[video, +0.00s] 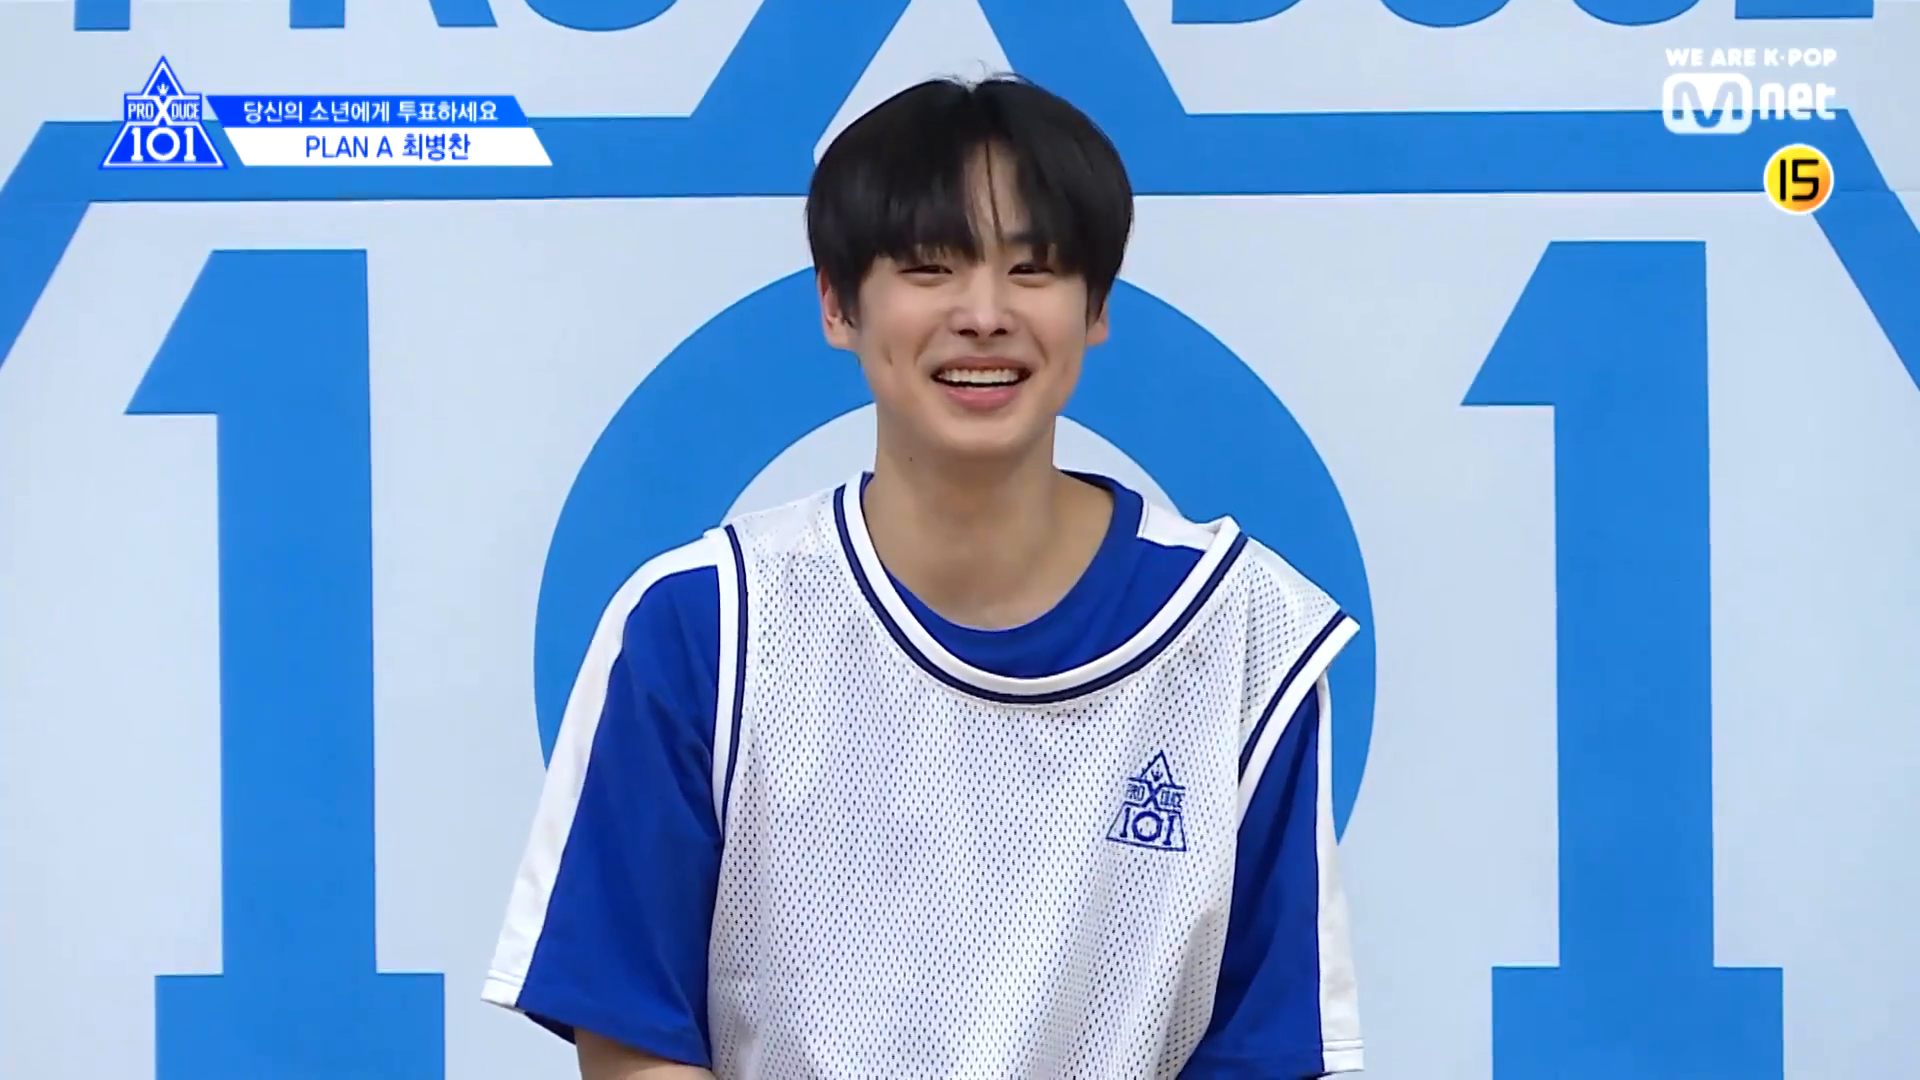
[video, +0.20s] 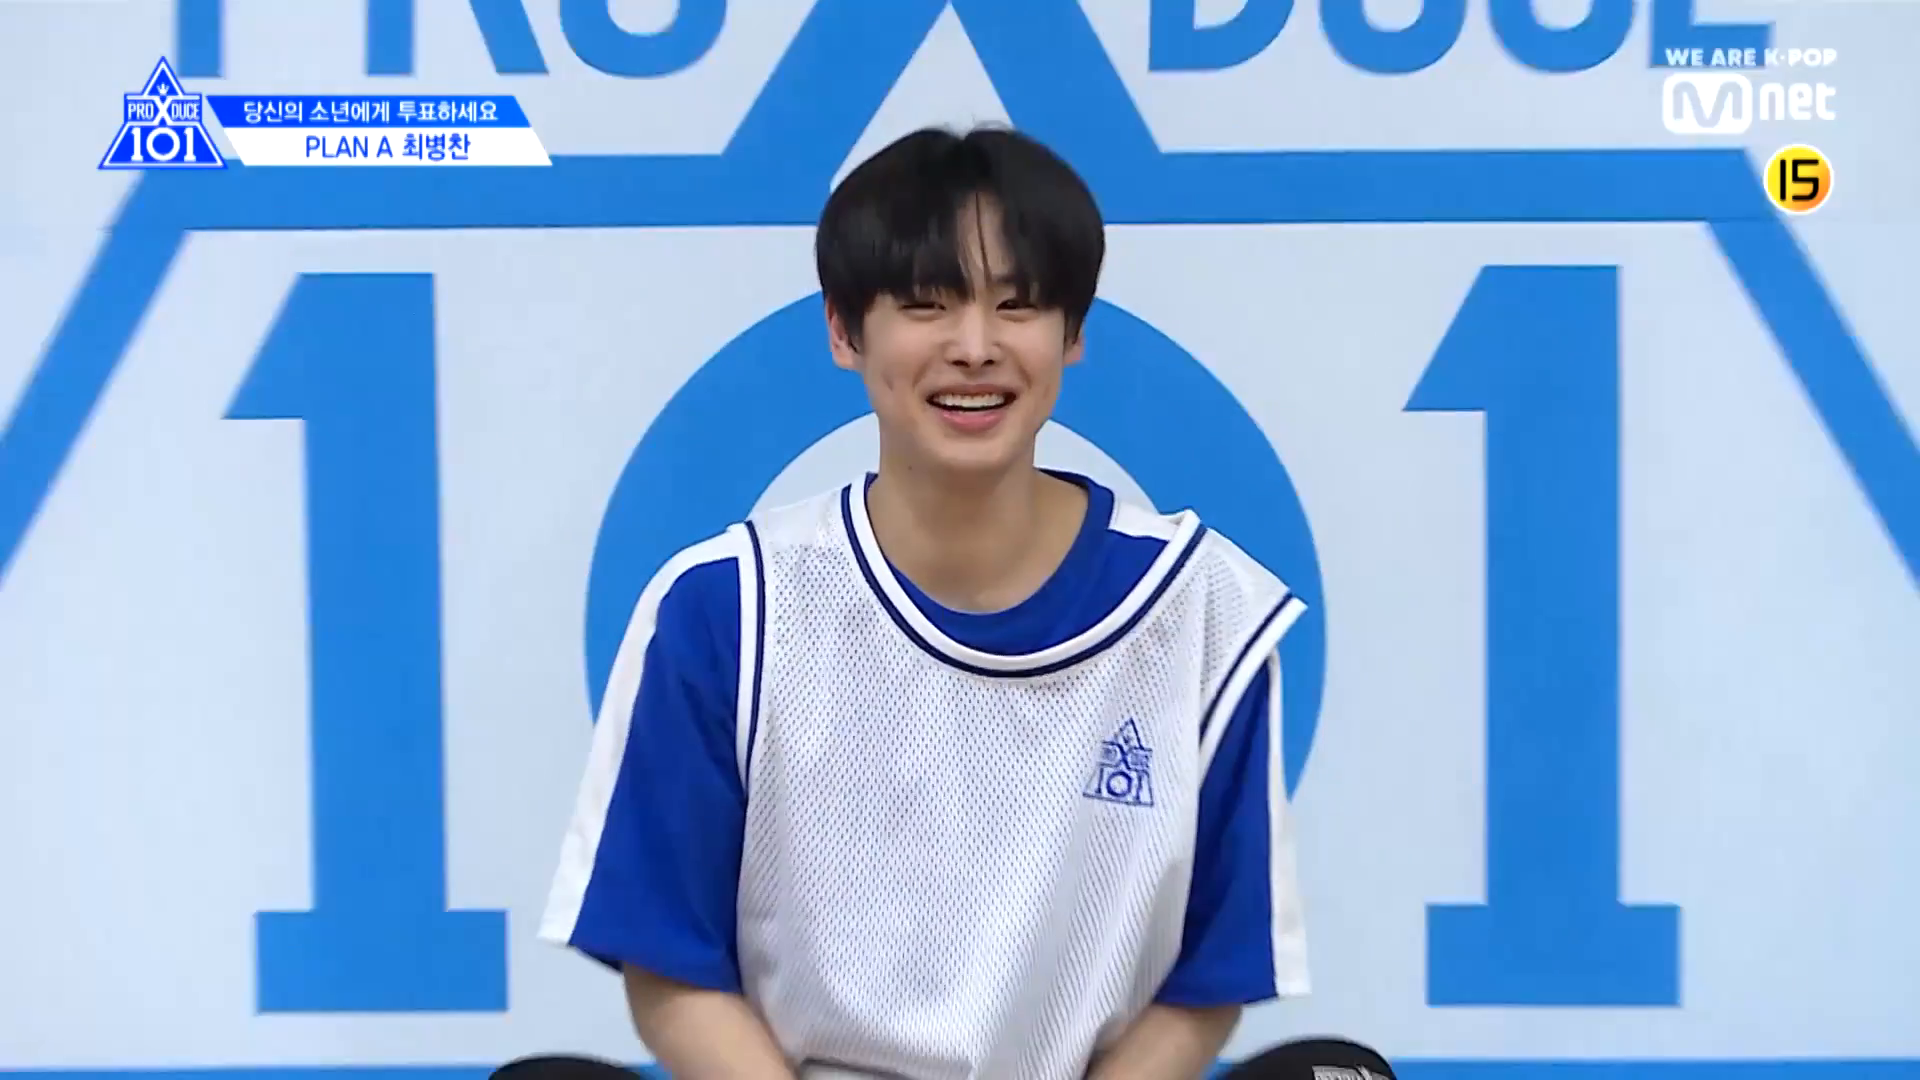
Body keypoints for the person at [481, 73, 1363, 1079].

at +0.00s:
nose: (984, 312)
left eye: (1033, 266)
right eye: (929, 264)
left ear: (1094, 314)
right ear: (841, 309)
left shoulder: (1249, 644)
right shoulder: (691, 630)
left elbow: (1270, 1052)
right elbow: (627, 1037)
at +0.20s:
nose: (974, 347)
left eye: (1017, 303)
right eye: (928, 301)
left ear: (1070, 336)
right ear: (849, 333)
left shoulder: (1212, 617)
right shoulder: (720, 609)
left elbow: (1204, 991)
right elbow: (672, 978)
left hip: (1076, 1060)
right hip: (810, 1057)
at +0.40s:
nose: (964, 377)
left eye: (999, 342)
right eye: (926, 340)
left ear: (1043, 362)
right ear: (864, 363)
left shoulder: (1154, 584)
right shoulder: (762, 579)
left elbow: (1156, 885)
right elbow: (719, 877)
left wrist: (1018, 1051)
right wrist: (862, 1050)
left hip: (1057, 1050)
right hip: (825, 1045)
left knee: (1271, 988)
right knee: (601, 1001)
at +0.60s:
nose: (958, 391)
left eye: (986, 363)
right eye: (926, 363)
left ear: (1024, 379)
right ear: (879, 380)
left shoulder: (1113, 556)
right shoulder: (798, 551)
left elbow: (1114, 801)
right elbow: (761, 791)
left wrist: (1005, 940)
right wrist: (877, 937)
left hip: (1034, 965)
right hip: (850, 963)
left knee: (1209, 888)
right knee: (668, 901)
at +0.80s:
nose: (955, 396)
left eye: (979, 372)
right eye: (929, 372)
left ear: (1010, 387)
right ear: (892, 387)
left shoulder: (1084, 528)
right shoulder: (825, 525)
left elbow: (1080, 733)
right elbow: (797, 725)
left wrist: (994, 846)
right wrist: (891, 843)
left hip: (1018, 859)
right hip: (864, 859)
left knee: (1159, 804)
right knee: (720, 810)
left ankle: (1125, 1071)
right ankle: (760, 1071)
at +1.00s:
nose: (953, 399)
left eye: (973, 379)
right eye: (931, 379)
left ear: (1000, 389)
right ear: (900, 391)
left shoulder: (1062, 509)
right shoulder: (847, 507)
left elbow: (1063, 677)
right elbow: (822, 672)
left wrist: (992, 771)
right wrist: (901, 773)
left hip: (1012, 779)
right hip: (879, 780)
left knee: (1129, 739)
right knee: (756, 747)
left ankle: (1100, 989)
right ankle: (792, 988)